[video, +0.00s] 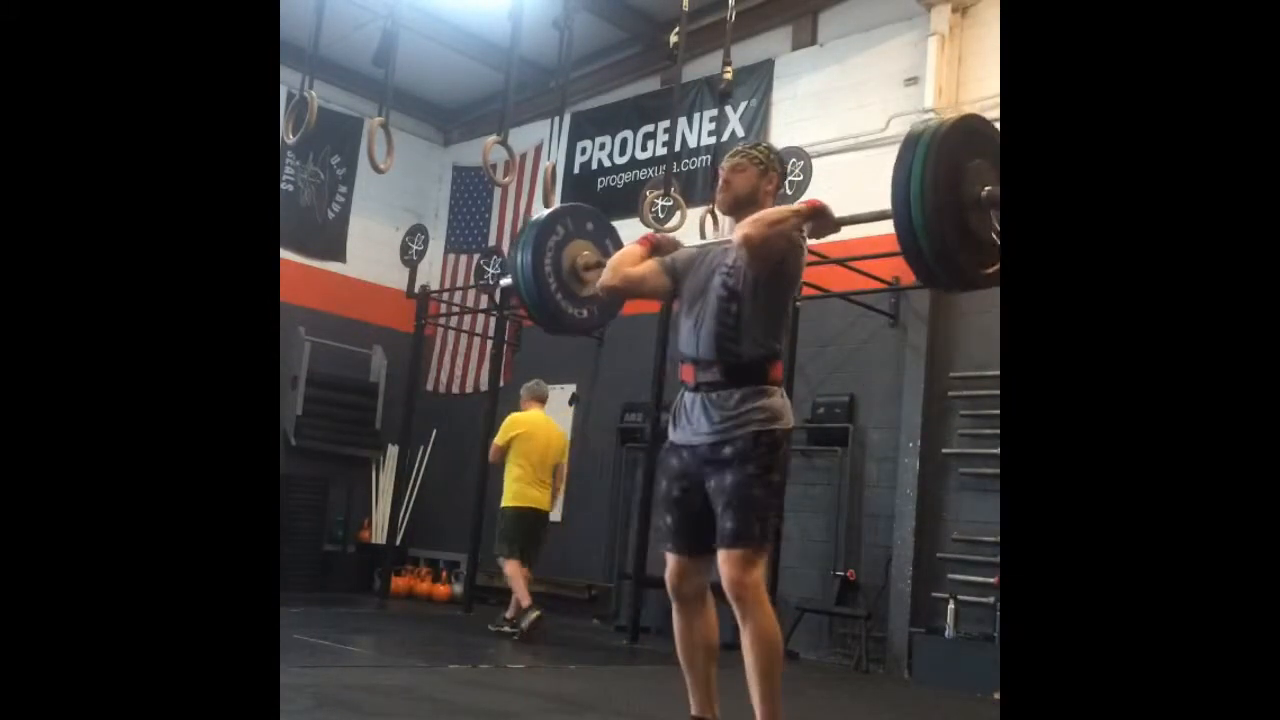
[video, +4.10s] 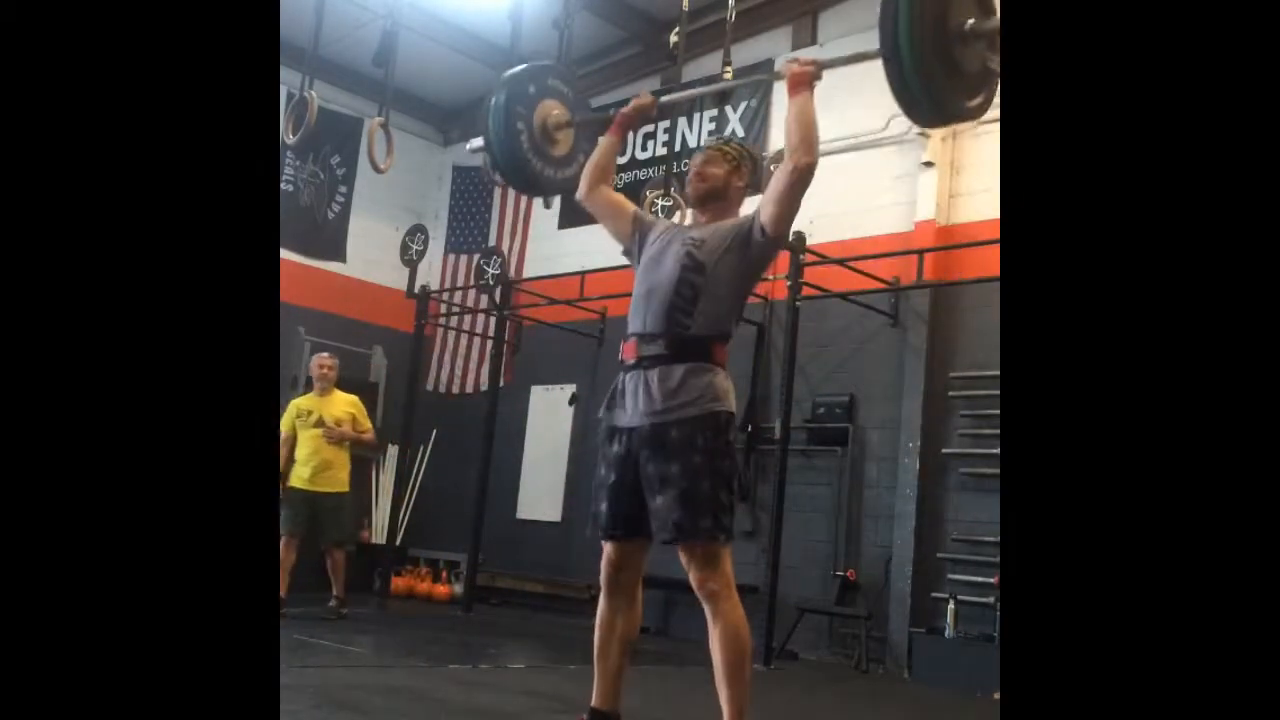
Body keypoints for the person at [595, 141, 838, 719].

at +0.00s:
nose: (724, 172)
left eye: (741, 164)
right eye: (722, 166)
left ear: (772, 184)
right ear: (718, 186)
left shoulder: (775, 242)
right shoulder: (694, 259)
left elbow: (748, 231)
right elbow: (611, 279)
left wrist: (806, 215)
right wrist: (642, 246)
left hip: (749, 417)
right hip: (688, 417)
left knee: (741, 579)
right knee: (684, 580)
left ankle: (767, 714)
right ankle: (703, 713)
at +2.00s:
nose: (687, 159)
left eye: (703, 150)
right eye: (688, 152)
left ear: (734, 169)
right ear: (684, 170)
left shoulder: (737, 232)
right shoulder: (654, 238)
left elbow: (703, 233)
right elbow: (556, 258)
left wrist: (760, 199)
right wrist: (604, 221)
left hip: (712, 414)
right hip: (645, 413)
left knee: (720, 580)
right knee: (613, 571)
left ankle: (735, 715)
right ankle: (602, 709)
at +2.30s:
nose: (680, 222)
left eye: (698, 220)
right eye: (681, 218)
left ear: (724, 248)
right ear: (672, 246)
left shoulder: (728, 307)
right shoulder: (641, 321)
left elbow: (686, 324)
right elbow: (545, 337)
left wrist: (740, 284)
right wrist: (590, 300)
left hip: (730, 485)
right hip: (663, 488)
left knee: (705, 594)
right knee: (561, 581)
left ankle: (732, 716)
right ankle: (595, 710)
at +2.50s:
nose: (671, 302)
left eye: (690, 298)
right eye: (671, 298)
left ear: (716, 323)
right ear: (661, 320)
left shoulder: (722, 389)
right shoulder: (632, 395)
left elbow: (676, 425)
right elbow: (538, 429)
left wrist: (731, 372)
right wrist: (577, 377)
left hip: (732, 547)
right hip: (657, 550)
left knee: (696, 601)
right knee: (546, 589)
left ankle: (727, 717)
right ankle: (595, 712)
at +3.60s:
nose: (686, 202)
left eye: (702, 202)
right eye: (684, 200)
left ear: (724, 232)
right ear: (670, 229)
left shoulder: (729, 294)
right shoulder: (639, 303)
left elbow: (712, 365)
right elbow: (568, 378)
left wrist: (743, 294)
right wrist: (575, 312)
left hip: (726, 459)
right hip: (657, 456)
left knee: (691, 580)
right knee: (573, 574)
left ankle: (725, 715)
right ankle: (596, 710)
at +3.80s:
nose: (715, 165)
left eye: (729, 158)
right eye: (710, 158)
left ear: (753, 177)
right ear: (700, 175)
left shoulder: (754, 228)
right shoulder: (669, 235)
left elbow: (739, 259)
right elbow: (579, 273)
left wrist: (763, 184)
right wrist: (592, 211)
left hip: (707, 402)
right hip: (643, 399)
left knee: (717, 561)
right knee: (614, 550)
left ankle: (736, 710)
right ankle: (592, 698)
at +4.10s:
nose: (695, 165)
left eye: (712, 159)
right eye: (693, 161)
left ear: (742, 179)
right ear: (684, 183)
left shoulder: (749, 235)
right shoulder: (651, 236)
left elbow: (800, 162)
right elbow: (592, 189)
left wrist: (800, 88)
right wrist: (620, 124)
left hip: (694, 416)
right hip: (628, 415)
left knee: (710, 578)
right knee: (617, 570)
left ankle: (734, 715)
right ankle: (602, 709)